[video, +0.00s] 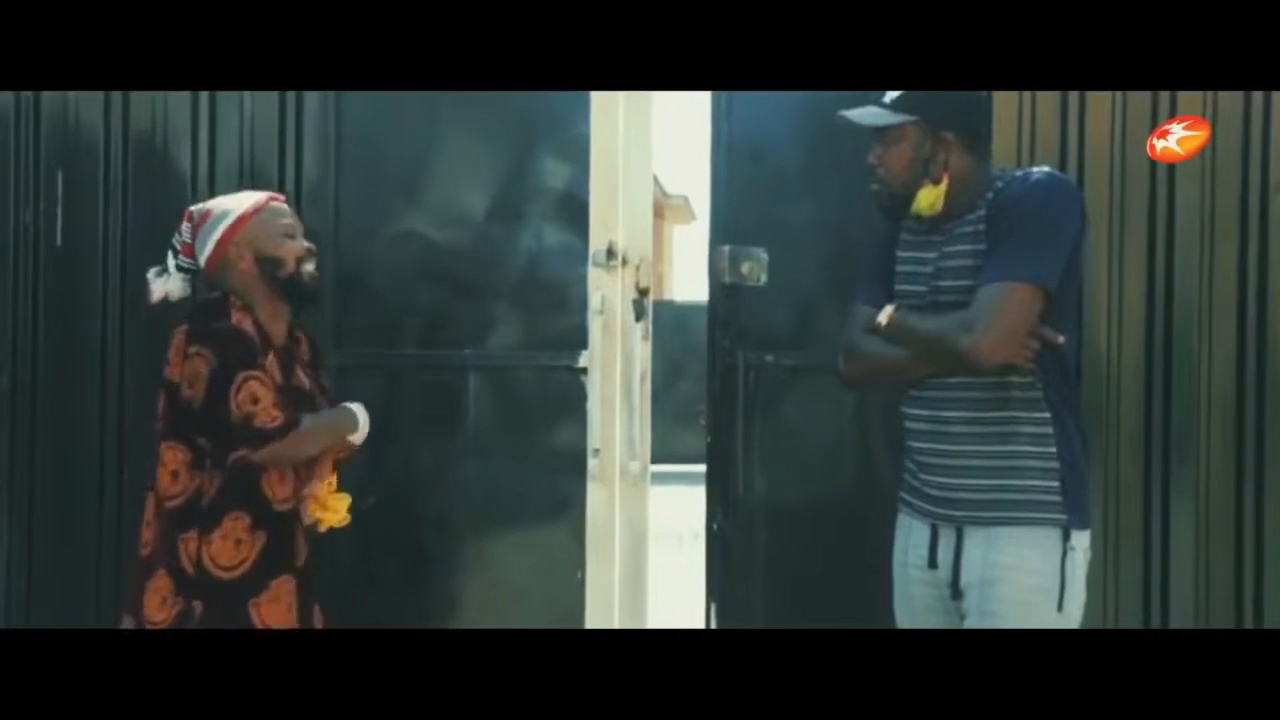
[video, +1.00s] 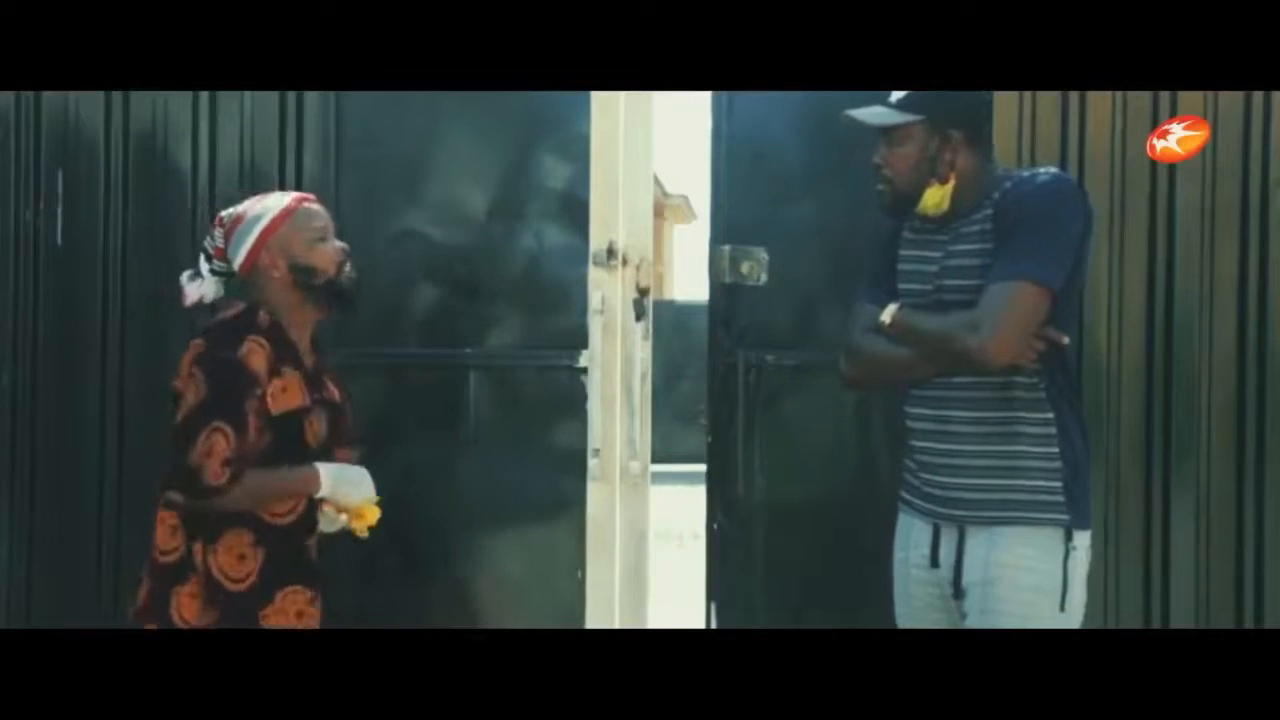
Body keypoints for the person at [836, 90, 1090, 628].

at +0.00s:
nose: (872, 159)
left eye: (888, 142)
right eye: (873, 142)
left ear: (944, 145)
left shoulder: (1040, 196)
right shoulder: (901, 225)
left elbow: (989, 343)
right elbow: (853, 360)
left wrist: (889, 319)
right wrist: (977, 339)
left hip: (1025, 523)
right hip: (922, 513)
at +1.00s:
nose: (877, 159)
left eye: (895, 142)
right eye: (879, 142)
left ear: (951, 145)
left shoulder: (1045, 197)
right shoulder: (903, 222)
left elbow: (995, 344)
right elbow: (856, 360)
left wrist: (892, 317)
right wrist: (983, 339)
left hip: (1026, 521)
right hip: (923, 512)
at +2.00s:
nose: (880, 159)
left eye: (897, 141)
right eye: (882, 142)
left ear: (954, 145)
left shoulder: (1048, 198)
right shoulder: (903, 223)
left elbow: (998, 345)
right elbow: (855, 362)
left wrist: (894, 318)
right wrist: (984, 342)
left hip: (1026, 522)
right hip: (922, 513)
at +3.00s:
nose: (879, 160)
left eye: (896, 143)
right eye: (880, 144)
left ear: (955, 145)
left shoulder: (1048, 198)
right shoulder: (905, 223)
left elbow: (994, 343)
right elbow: (855, 361)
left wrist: (892, 317)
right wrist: (979, 339)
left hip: (1026, 521)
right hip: (922, 512)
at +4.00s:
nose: (989, 155)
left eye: (1007, 137)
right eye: (990, 137)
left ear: (1064, 144)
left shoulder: (1152, 206)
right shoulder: (998, 226)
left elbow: (1079, 339)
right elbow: (928, 340)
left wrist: (974, 302)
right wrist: (1052, 335)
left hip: (1088, 533)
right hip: (973, 519)